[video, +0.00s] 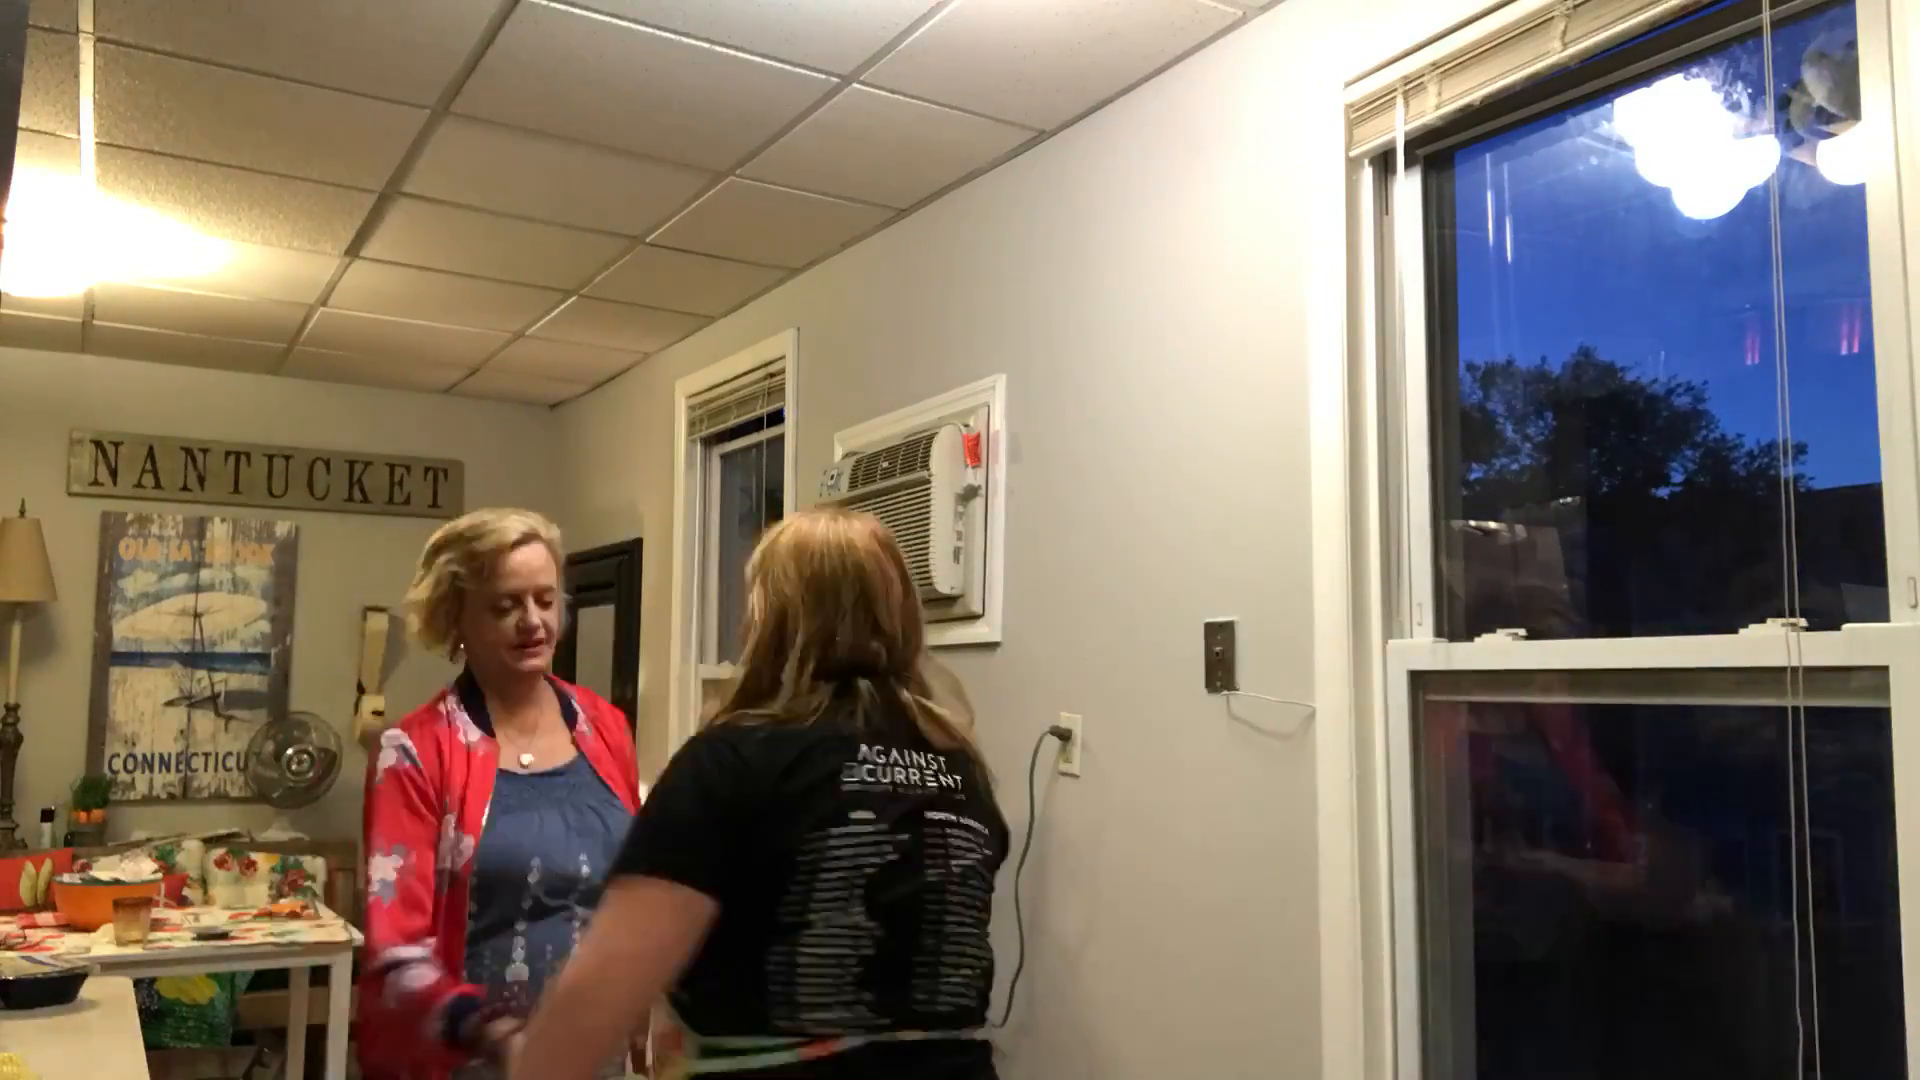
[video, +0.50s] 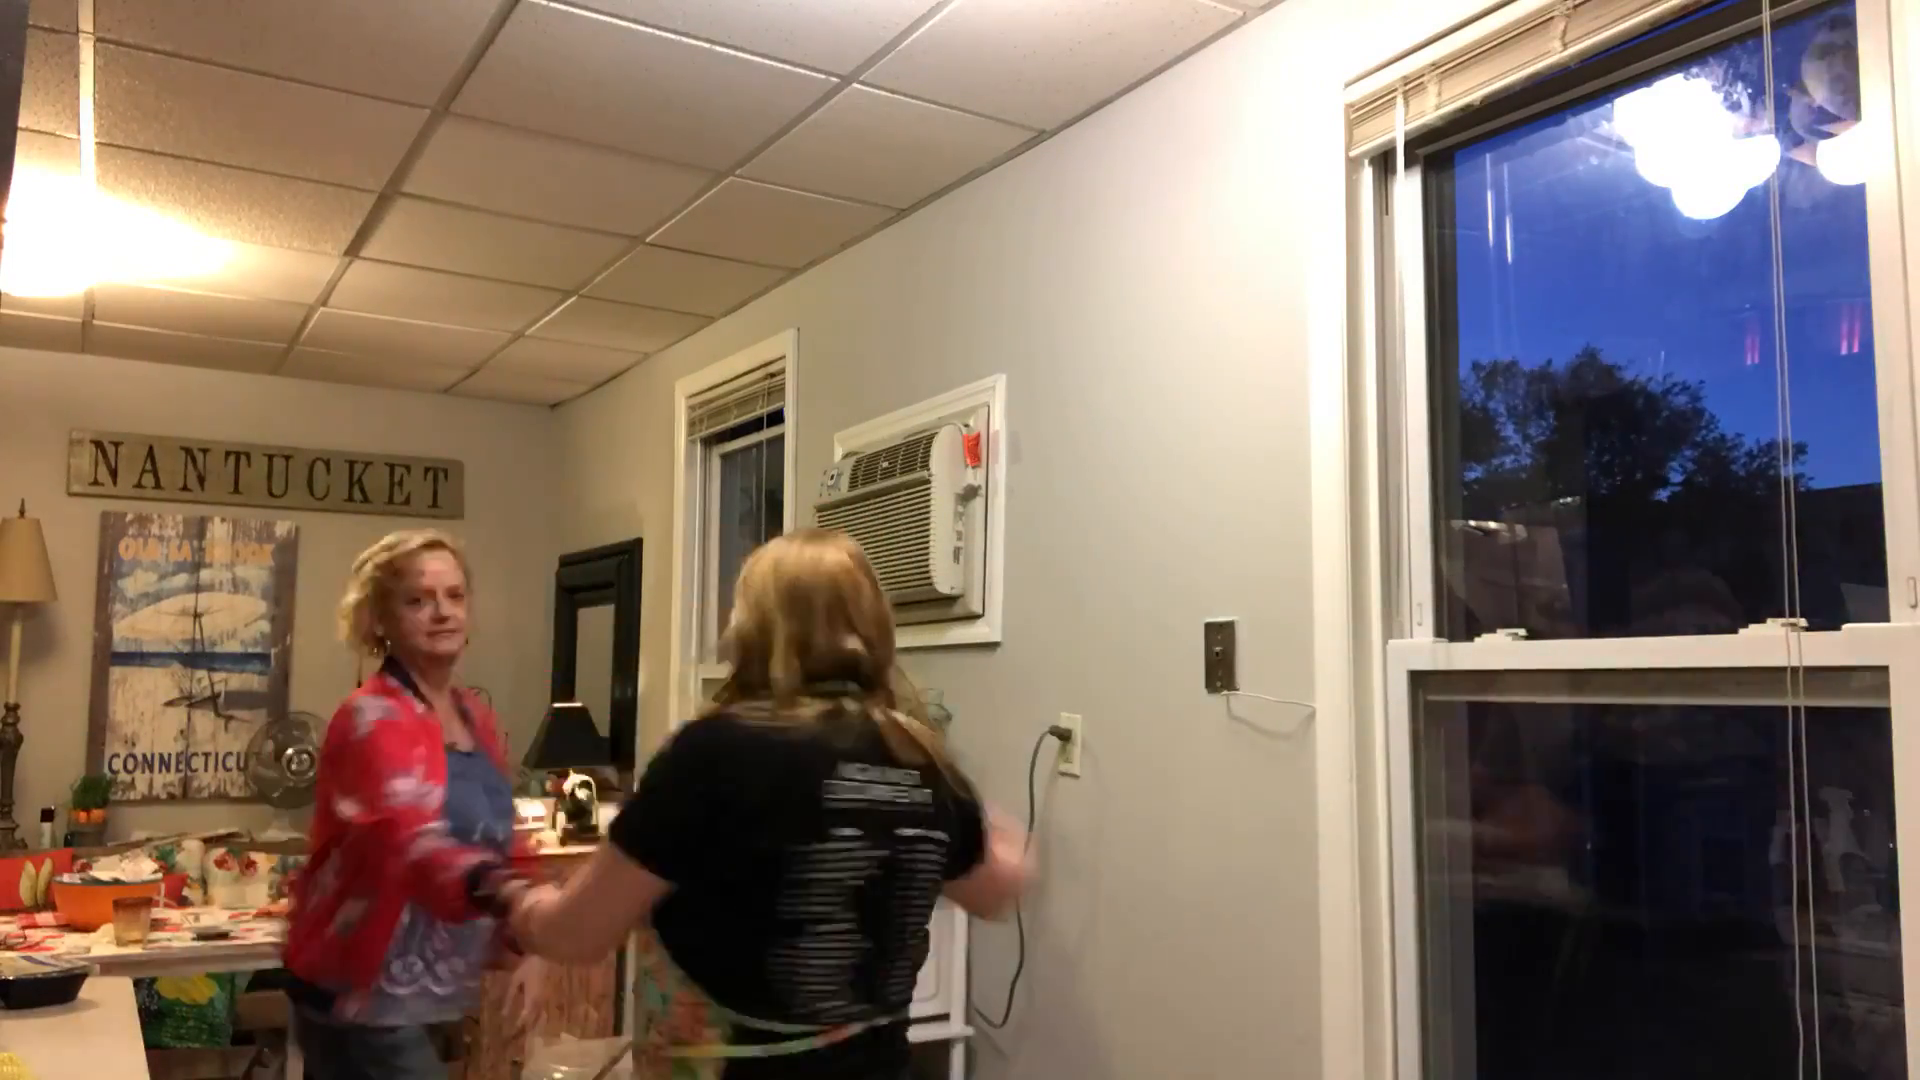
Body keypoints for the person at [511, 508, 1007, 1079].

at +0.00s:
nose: (747, 618)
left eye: (754, 598)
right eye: (751, 597)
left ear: (776, 615)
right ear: (896, 613)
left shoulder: (736, 760)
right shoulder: (960, 767)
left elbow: (598, 1001)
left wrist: (533, 1064)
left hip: (758, 1056)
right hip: (949, 1059)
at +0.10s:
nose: (729, 619)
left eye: (739, 598)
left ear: (755, 617)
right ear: (879, 611)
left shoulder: (765, 767)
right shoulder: (924, 749)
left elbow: (627, 1015)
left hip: (797, 1062)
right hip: (943, 1049)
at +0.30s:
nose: (704, 621)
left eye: (713, 606)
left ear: (725, 621)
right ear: (841, 626)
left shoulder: (706, 743)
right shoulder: (881, 761)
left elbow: (557, 944)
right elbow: (893, 962)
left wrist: (508, 859)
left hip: (732, 1062)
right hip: (873, 1060)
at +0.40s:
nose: (676, 625)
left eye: (684, 610)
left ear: (698, 626)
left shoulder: (661, 758)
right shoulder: (875, 758)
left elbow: (515, 936)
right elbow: (908, 919)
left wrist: (496, 848)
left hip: (735, 1065)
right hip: (887, 1059)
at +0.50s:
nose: (728, 624)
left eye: (738, 608)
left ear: (751, 623)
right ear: (871, 624)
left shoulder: (718, 752)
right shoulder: (915, 759)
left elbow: (578, 933)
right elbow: (992, 891)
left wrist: (524, 907)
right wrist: (1008, 852)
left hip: (735, 1061)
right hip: (875, 1055)